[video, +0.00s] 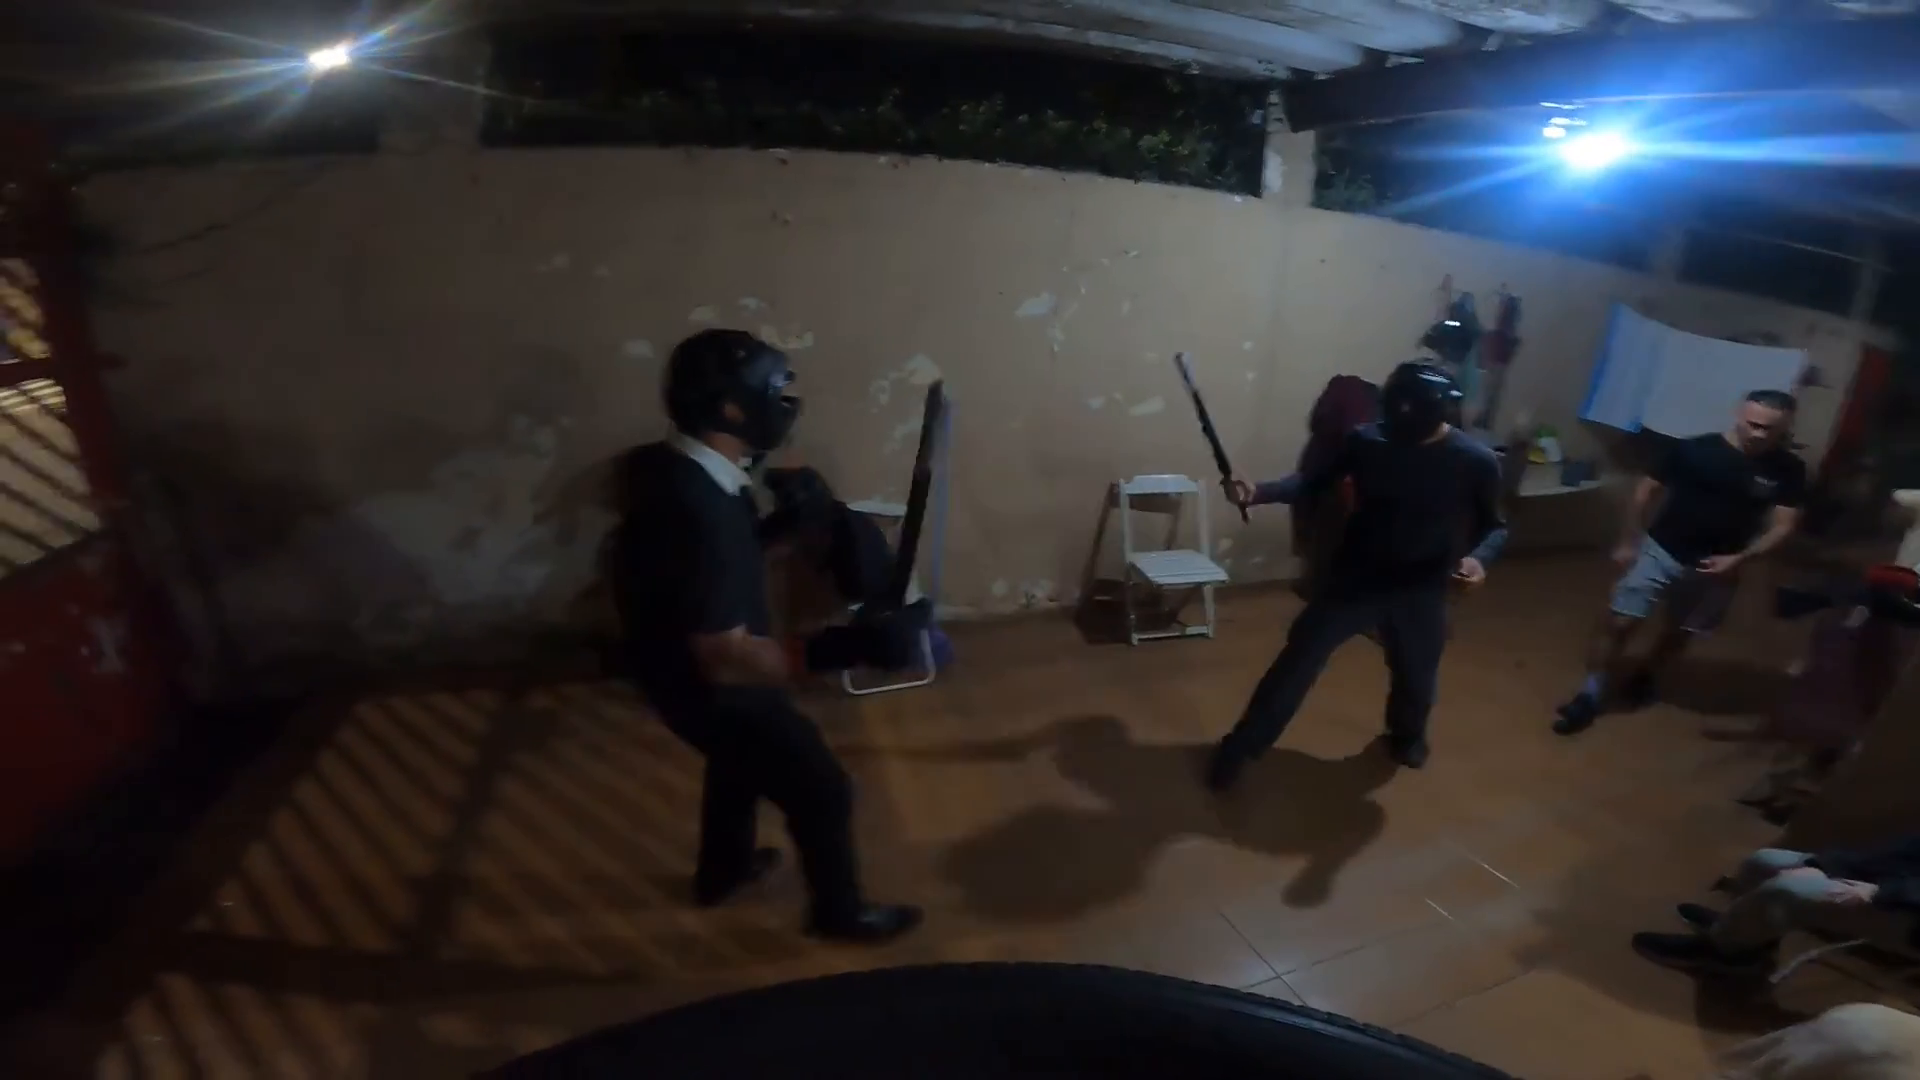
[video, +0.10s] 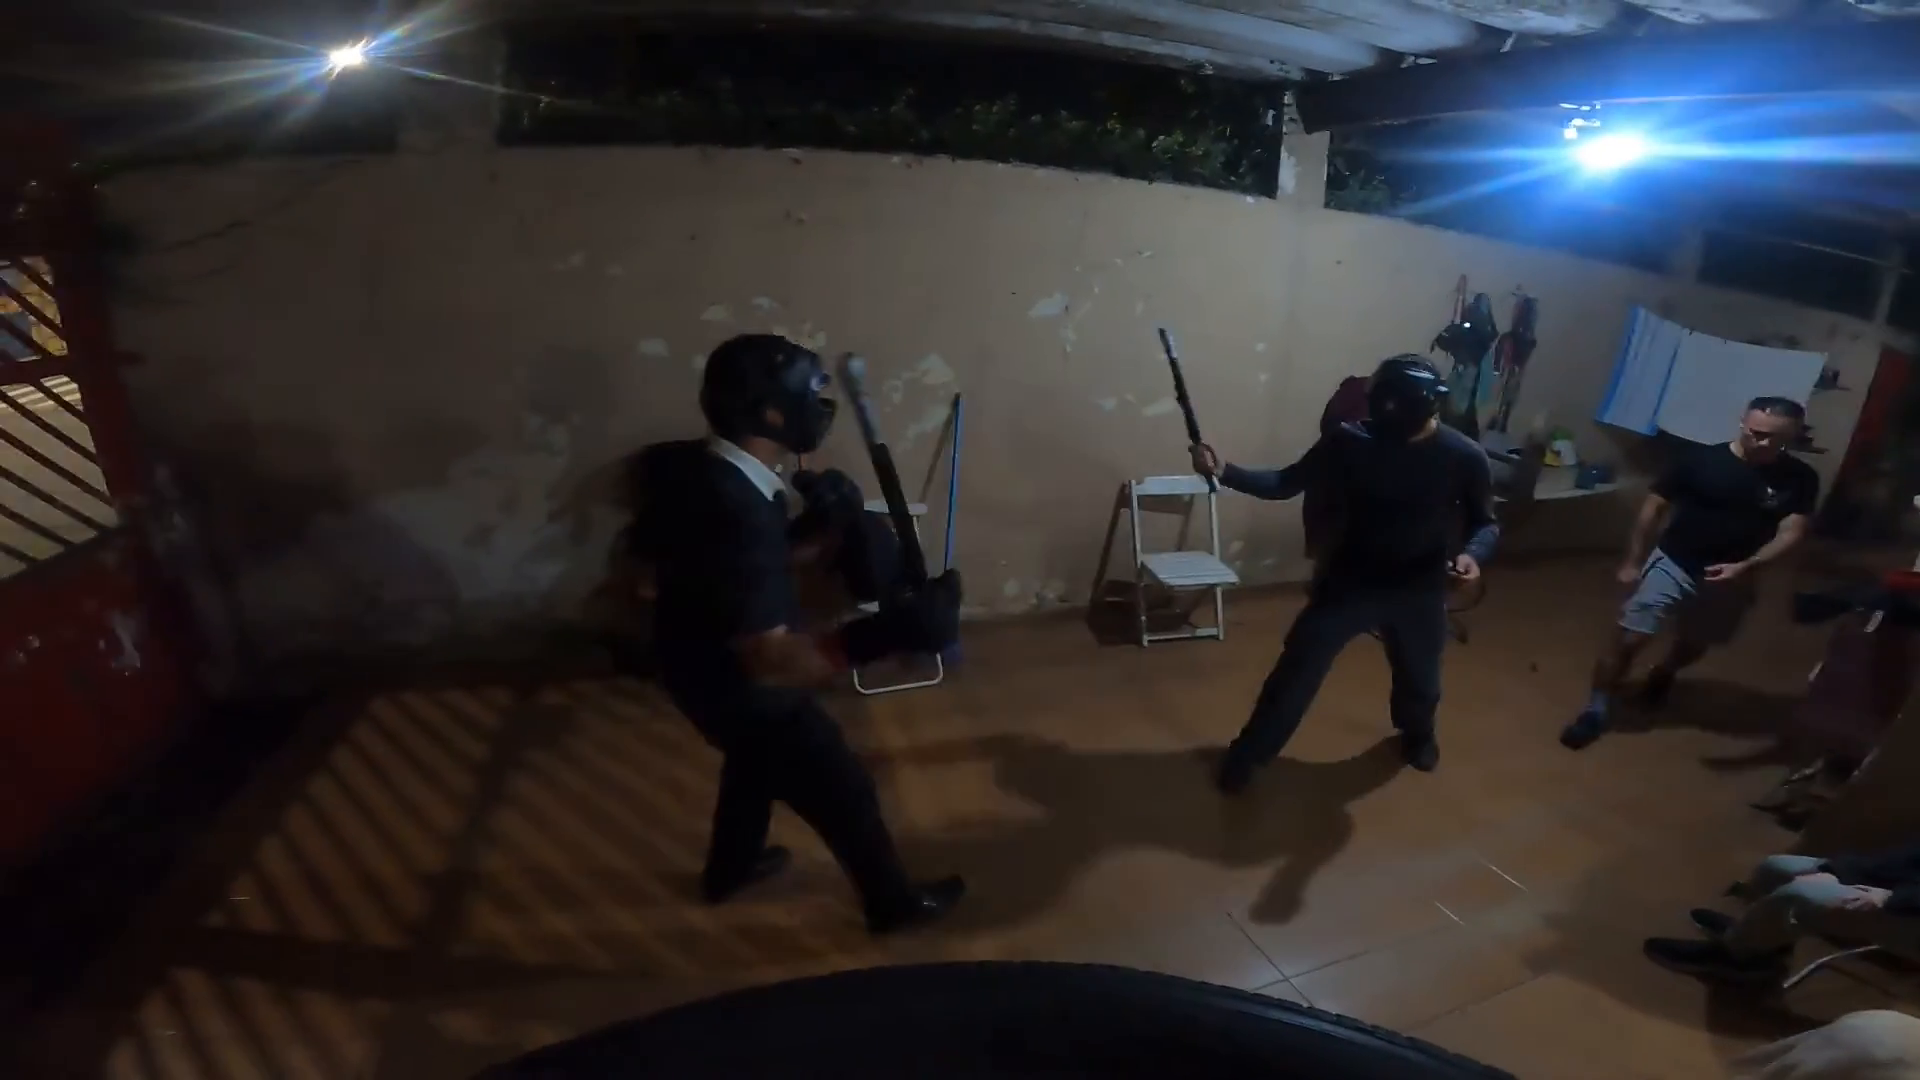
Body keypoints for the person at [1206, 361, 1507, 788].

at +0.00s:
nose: (1395, 420)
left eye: (1406, 412)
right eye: (1392, 410)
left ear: (1434, 414)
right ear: (1388, 406)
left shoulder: (1475, 463)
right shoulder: (1366, 445)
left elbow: (1495, 527)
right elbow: (1314, 483)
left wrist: (1479, 557)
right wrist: (1259, 493)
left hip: (1421, 589)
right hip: (1354, 578)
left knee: (1417, 680)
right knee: (1299, 659)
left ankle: (1407, 740)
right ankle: (1238, 749)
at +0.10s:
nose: (1378, 414)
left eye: (1391, 406)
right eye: (1376, 404)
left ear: (1422, 409)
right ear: (1375, 403)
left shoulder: (1464, 459)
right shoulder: (1349, 443)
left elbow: (1486, 524)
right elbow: (1284, 483)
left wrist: (1473, 554)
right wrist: (1223, 471)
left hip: (1418, 590)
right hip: (1347, 585)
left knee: (1421, 684)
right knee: (1298, 669)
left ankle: (1419, 738)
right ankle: (1245, 758)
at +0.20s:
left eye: (1380, 399)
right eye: (1372, 397)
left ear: (1408, 405)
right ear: (1371, 400)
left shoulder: (1449, 452)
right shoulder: (1332, 440)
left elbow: (1471, 509)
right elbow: (1261, 485)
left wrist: (1465, 543)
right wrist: (1200, 458)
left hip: (1410, 586)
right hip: (1339, 583)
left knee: (1416, 676)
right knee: (1293, 671)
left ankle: (1415, 738)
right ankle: (1246, 760)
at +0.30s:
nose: (1341, 391)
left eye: (1352, 387)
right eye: (1349, 385)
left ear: (1379, 400)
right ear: (1378, 400)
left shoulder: (1440, 448)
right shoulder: (1324, 438)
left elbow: (1460, 504)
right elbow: (1257, 487)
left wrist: (1459, 537)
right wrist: (1194, 457)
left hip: (1404, 584)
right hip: (1333, 583)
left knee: (1408, 672)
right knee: (1288, 670)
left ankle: (1403, 743)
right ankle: (1242, 762)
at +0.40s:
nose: (1389, 418)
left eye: (1396, 405)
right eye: (1378, 405)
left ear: (1407, 402)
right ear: (1358, 399)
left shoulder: (1436, 451)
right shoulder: (1320, 442)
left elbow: (1454, 507)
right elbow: (1277, 500)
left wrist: (1456, 543)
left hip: (1396, 585)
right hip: (1325, 583)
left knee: (1400, 675)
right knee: (1282, 672)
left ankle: (1385, 730)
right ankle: (1244, 756)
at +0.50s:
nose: (1402, 414)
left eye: (1409, 403)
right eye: (1392, 401)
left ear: (1418, 402)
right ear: (1368, 399)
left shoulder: (1441, 455)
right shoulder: (1327, 444)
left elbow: (1455, 515)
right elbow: (1290, 515)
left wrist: (1453, 557)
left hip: (1396, 586)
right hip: (1328, 579)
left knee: (1398, 676)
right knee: (1283, 662)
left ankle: (1386, 732)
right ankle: (1246, 753)